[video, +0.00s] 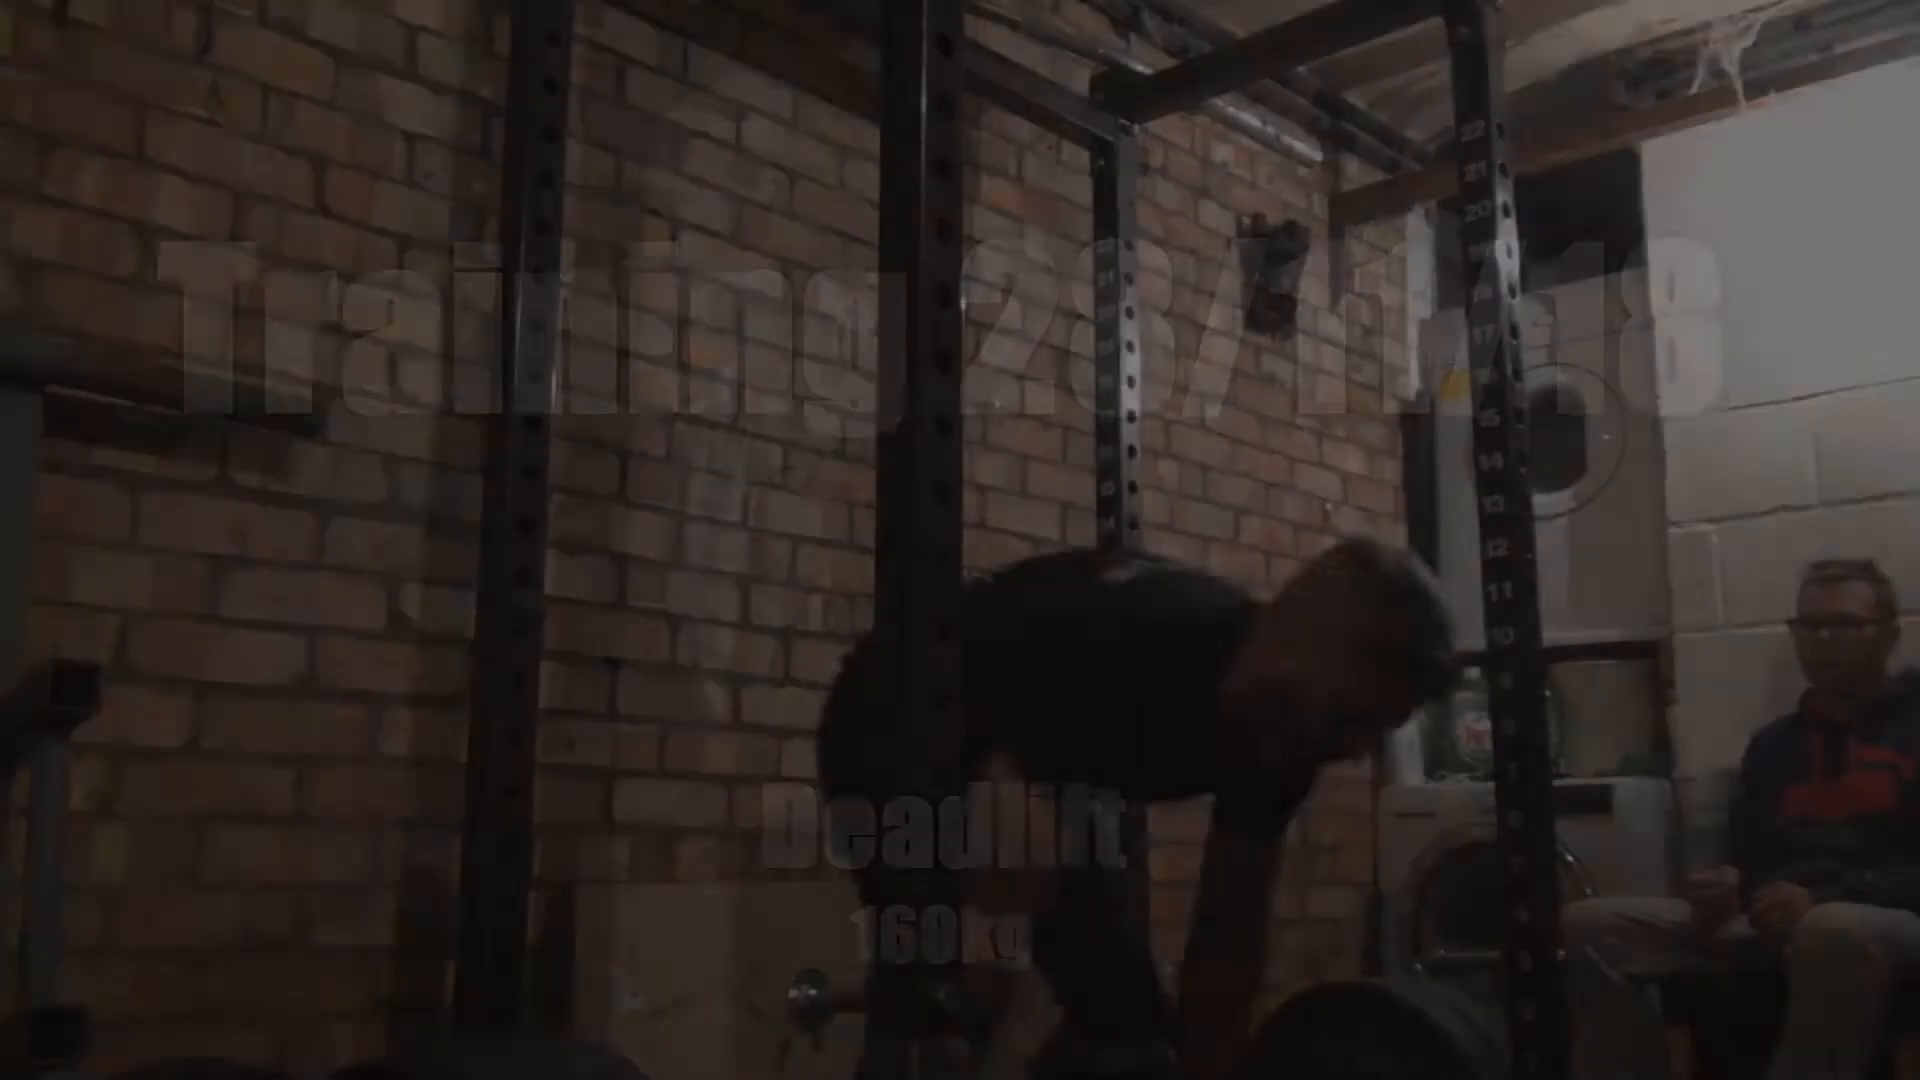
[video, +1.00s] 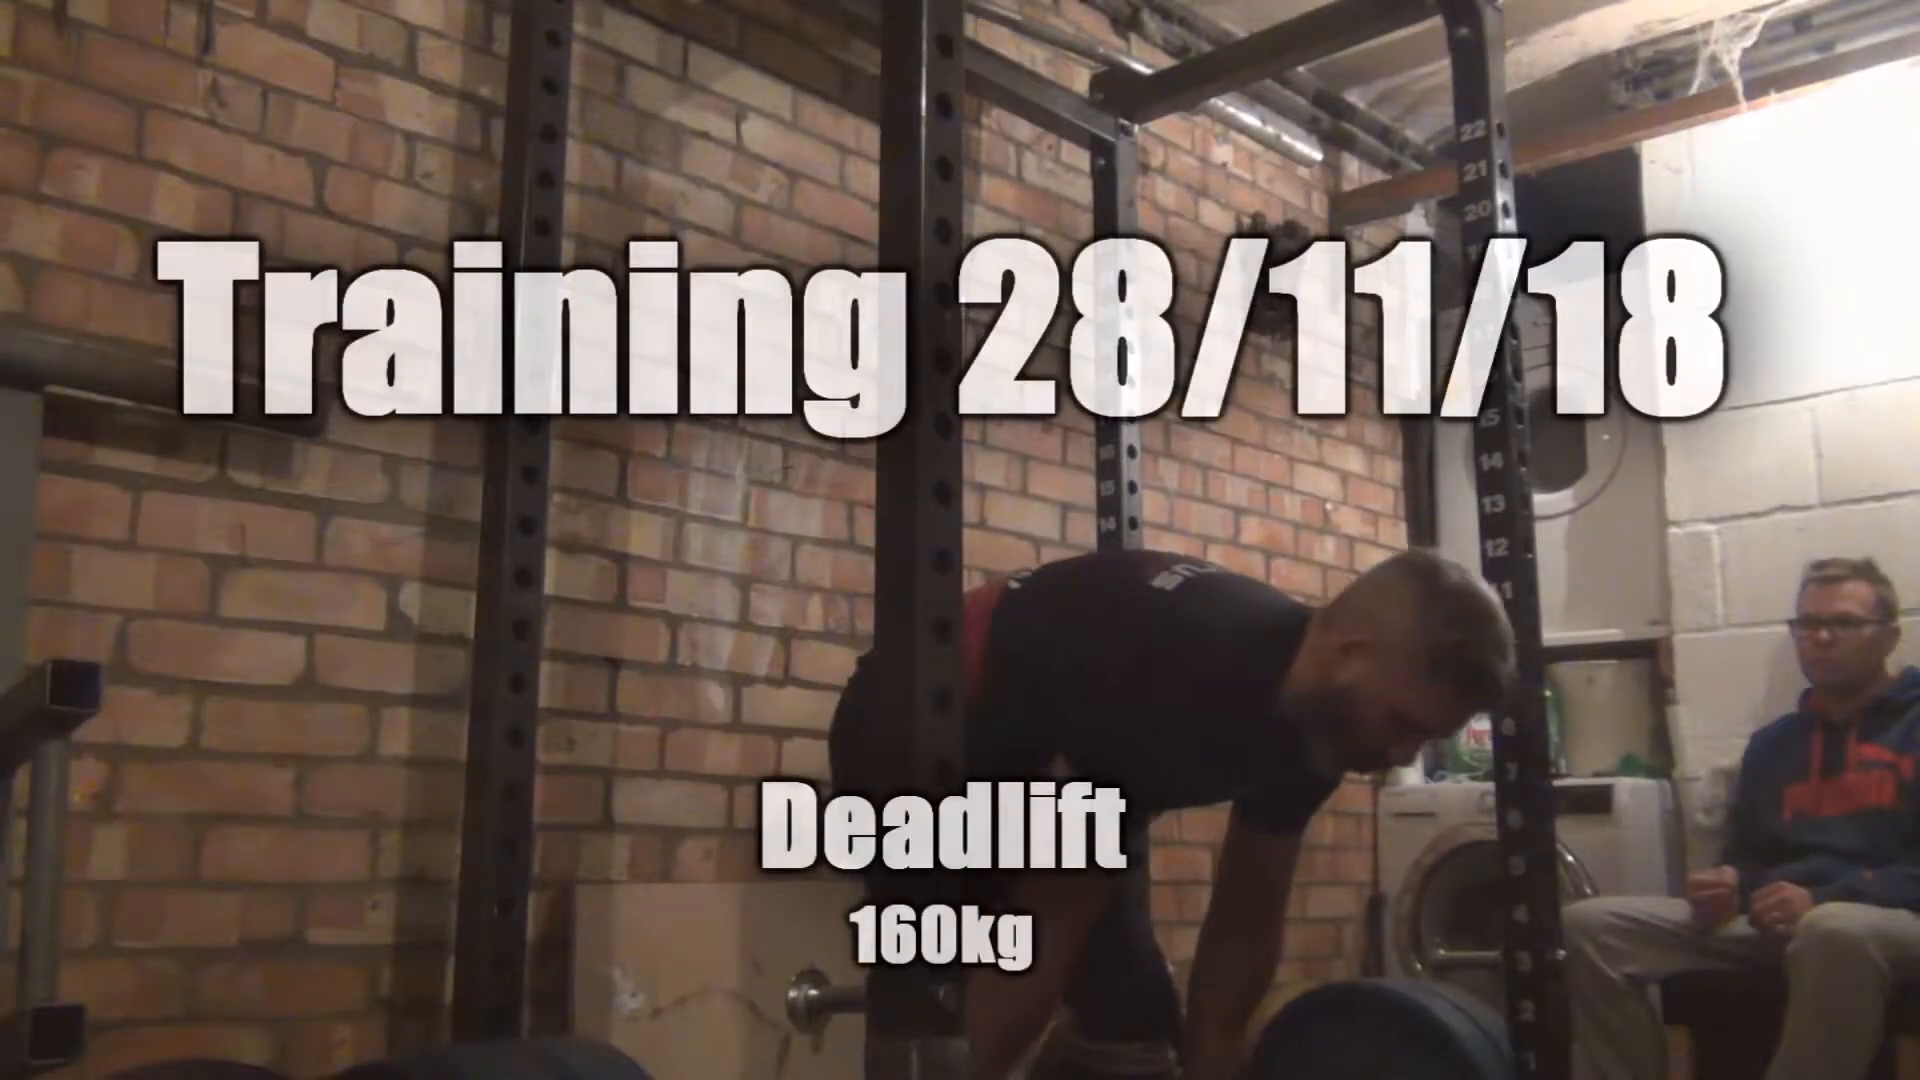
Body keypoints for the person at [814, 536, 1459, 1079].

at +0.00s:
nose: (1353, 752)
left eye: (1370, 733)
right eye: (1349, 717)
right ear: (1296, 630)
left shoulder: (1281, 735)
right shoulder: (1128, 633)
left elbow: (1229, 922)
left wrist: (1213, 1058)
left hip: (1067, 782)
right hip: (903, 732)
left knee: (1126, 1018)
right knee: (936, 1009)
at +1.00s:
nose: (1399, 759)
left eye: (1421, 742)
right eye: (1400, 726)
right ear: (1343, 651)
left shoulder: (1314, 728)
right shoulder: (1181, 671)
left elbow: (1242, 927)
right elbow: (1054, 921)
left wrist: (1212, 1063)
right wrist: (982, 1068)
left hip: (1061, 784)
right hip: (918, 735)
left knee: (1134, 1021)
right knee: (938, 1018)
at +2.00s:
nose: (1384, 754)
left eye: (1404, 734)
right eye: (1384, 719)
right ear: (1326, 646)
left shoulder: (1303, 730)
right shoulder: (1145, 648)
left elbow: (1240, 923)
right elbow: (1025, 943)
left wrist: (1211, 1067)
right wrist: (968, 1067)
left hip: (1056, 779)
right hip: (912, 730)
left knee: (1134, 1015)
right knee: (953, 1018)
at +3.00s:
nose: (1385, 743)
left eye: (1404, 723)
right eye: (1384, 711)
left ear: (1324, 640)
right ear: (1320, 637)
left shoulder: (1295, 724)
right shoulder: (1145, 657)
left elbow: (1241, 920)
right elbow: (1043, 903)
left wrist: (1211, 1063)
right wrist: (980, 1064)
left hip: (1066, 777)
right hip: (914, 722)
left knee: (1130, 1017)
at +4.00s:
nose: (1388, 726)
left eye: (1407, 704)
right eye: (1384, 692)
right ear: (1316, 623)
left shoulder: (1314, 720)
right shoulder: (1153, 656)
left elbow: (1251, 923)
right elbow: (1028, 913)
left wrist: (1216, 1068)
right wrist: (984, 1069)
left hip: (1065, 766)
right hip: (918, 730)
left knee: (1138, 1019)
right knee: (934, 1013)